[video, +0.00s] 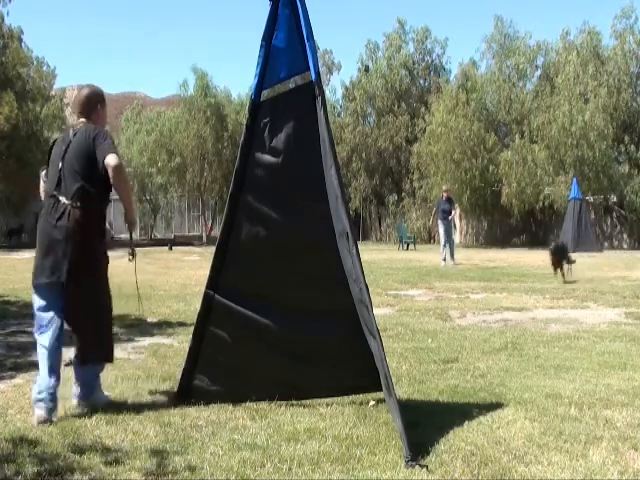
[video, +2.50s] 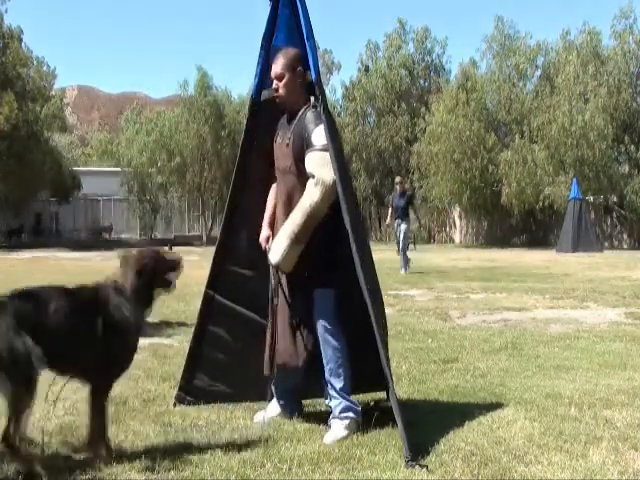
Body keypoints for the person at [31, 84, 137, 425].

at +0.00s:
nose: (107, 114)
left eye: (106, 109)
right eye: (106, 109)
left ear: (73, 111)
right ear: (98, 110)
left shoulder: (58, 141)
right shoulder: (98, 135)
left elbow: (45, 190)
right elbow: (114, 165)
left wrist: (64, 213)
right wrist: (129, 206)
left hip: (48, 236)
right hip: (84, 236)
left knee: (47, 317)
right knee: (90, 313)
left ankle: (43, 401)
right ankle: (89, 391)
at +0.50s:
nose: (129, 106)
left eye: (125, 102)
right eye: (127, 102)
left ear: (94, 106)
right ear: (122, 104)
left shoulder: (77, 136)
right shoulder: (134, 132)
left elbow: (47, 189)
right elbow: (172, 166)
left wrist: (73, 219)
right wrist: (168, 205)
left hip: (89, 240)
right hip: (127, 240)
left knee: (75, 332)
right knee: (125, 335)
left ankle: (77, 405)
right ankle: (119, 418)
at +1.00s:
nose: (169, 100)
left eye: (168, 94)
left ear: (169, 96)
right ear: (197, 93)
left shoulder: (173, 132)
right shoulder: (220, 131)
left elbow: (150, 184)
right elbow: (239, 176)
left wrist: (148, 245)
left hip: (209, 237)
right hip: (240, 236)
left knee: (182, 328)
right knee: (228, 327)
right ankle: (220, 408)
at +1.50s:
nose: (230, 89)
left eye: (231, 83)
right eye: (231, 82)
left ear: (240, 84)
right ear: (258, 81)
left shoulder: (270, 121)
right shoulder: (261, 120)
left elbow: (252, 186)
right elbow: (252, 183)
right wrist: (246, 229)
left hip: (287, 236)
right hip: (268, 236)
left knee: (282, 327)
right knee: (264, 324)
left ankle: (309, 416)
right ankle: (277, 405)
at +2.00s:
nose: (259, 84)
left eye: (264, 77)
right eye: (258, 77)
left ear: (285, 75)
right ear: (271, 77)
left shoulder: (303, 115)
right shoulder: (273, 122)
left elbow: (313, 174)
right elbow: (276, 178)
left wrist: (272, 227)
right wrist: (263, 209)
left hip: (315, 234)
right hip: (283, 234)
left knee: (318, 323)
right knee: (280, 317)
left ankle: (335, 410)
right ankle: (282, 402)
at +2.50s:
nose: (273, 84)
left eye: (279, 77)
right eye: (272, 78)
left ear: (300, 78)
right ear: (276, 81)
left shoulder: (315, 120)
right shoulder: (282, 123)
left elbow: (323, 184)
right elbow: (281, 181)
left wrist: (288, 237)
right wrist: (267, 222)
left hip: (321, 234)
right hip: (288, 234)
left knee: (324, 318)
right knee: (285, 315)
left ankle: (343, 409)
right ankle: (284, 400)